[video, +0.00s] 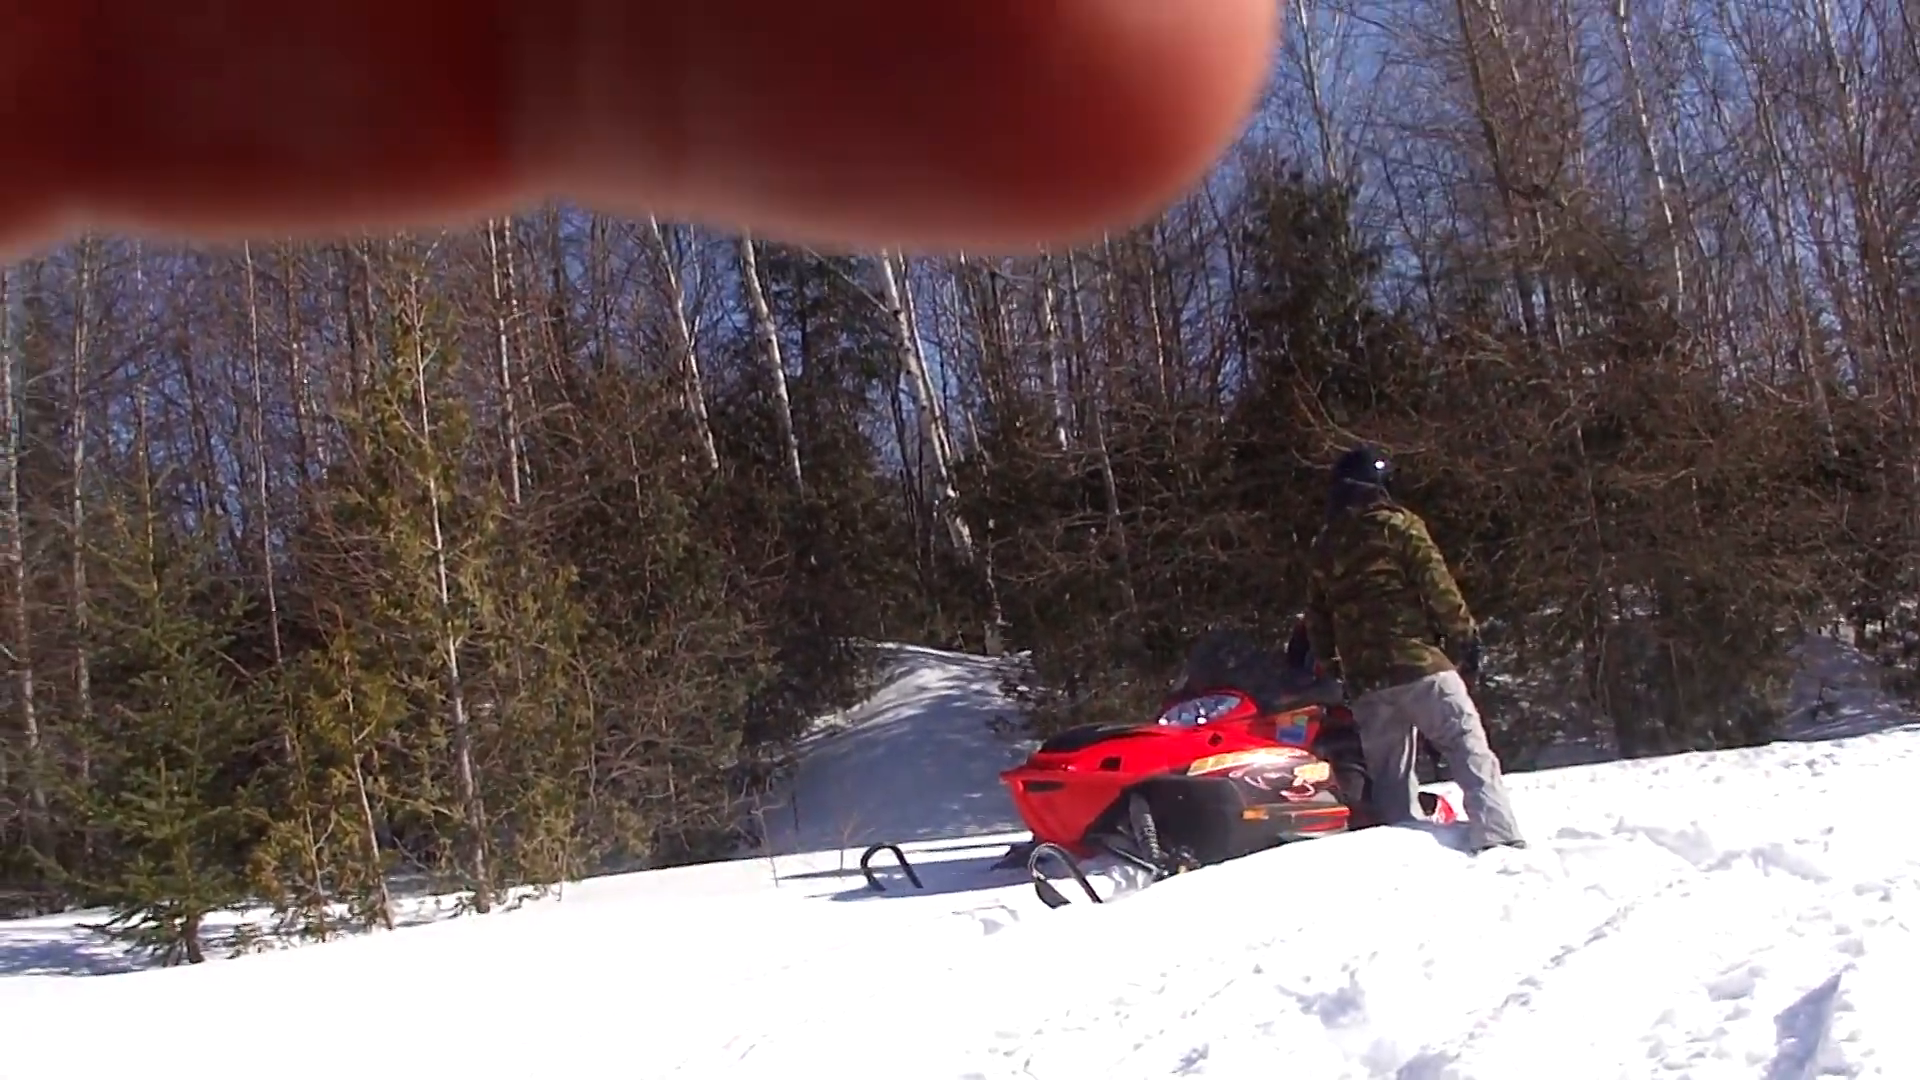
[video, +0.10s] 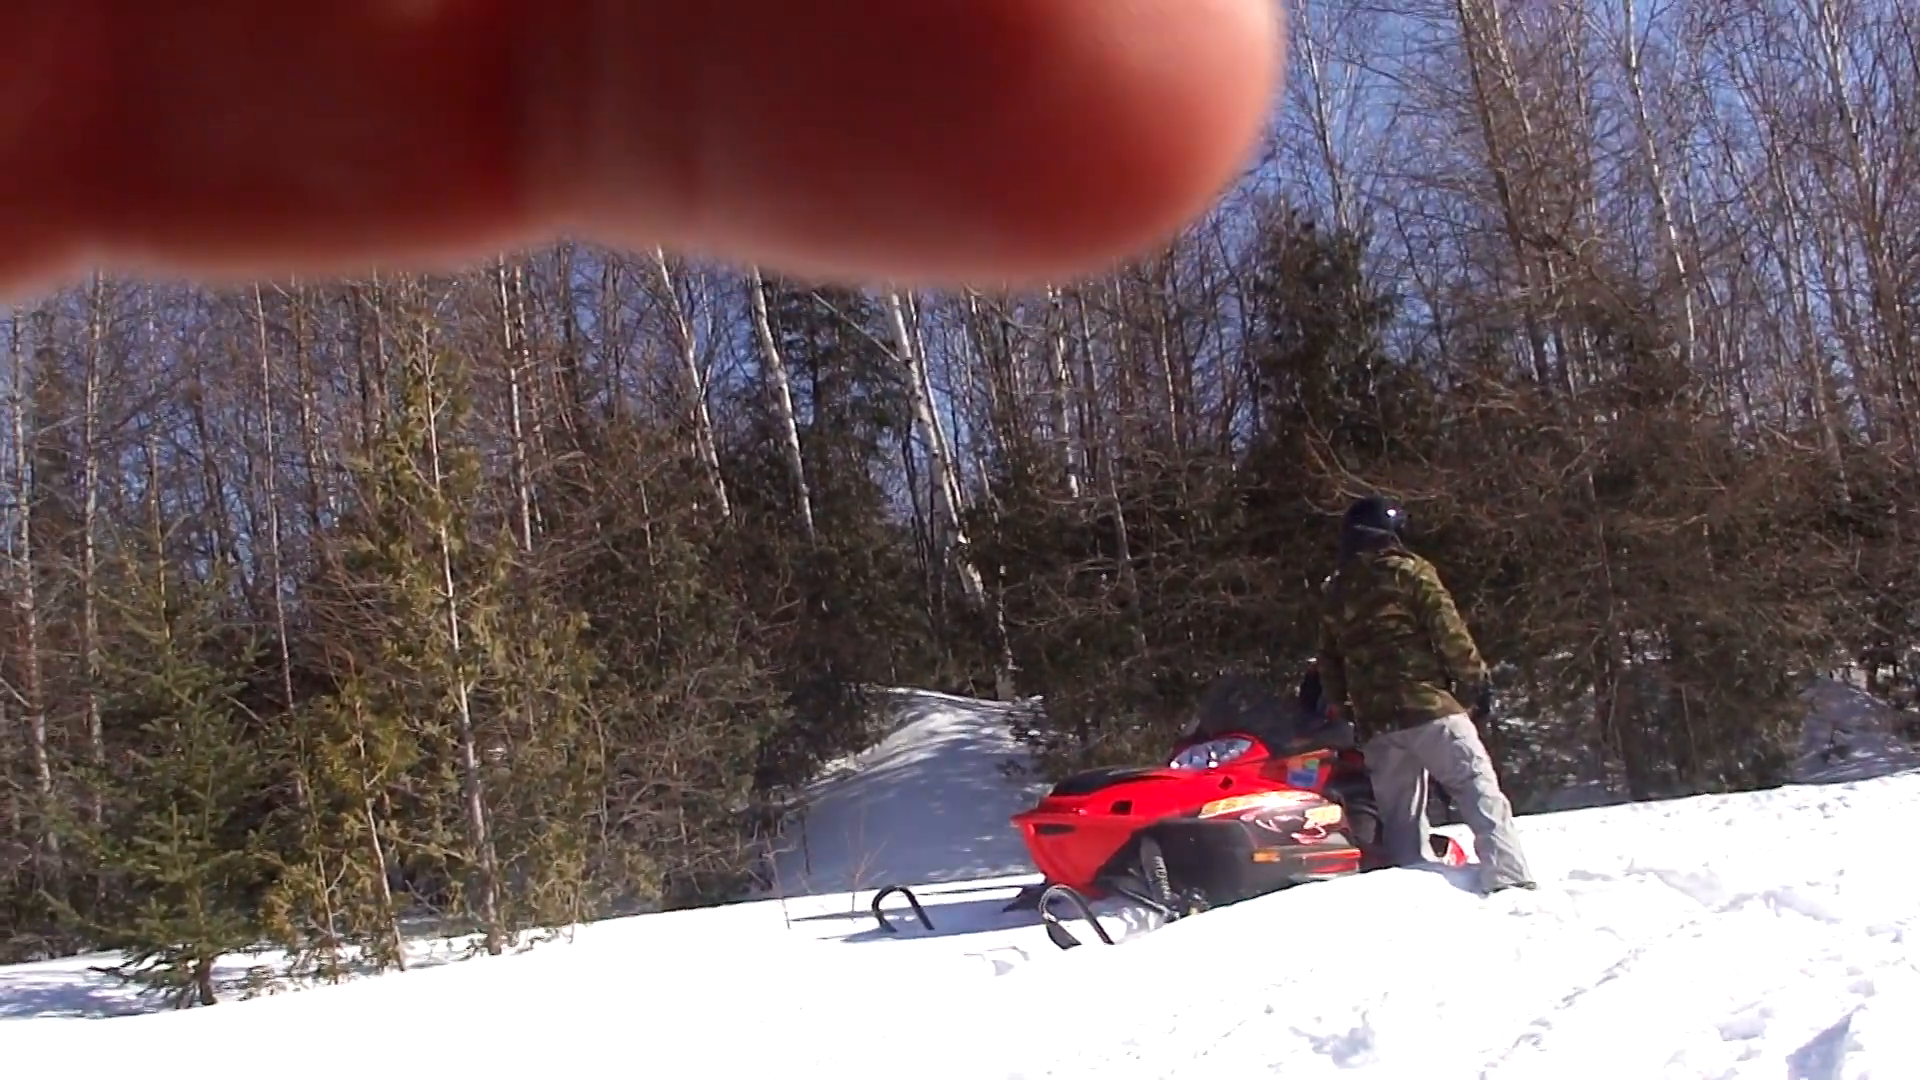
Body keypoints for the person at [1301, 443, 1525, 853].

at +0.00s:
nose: (1389, 485)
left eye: (1385, 479)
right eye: (1385, 479)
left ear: (1340, 488)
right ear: (1379, 482)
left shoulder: (1323, 545)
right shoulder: (1400, 524)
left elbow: (1317, 617)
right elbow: (1437, 586)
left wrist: (1331, 661)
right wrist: (1465, 636)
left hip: (1364, 677)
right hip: (1419, 662)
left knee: (1389, 781)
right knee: (1467, 748)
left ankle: (1400, 859)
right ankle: (1498, 838)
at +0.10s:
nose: (1403, 536)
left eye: (1399, 530)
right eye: (1399, 529)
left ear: (1350, 536)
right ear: (1391, 531)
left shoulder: (1333, 592)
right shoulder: (1411, 570)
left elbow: (1330, 664)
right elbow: (1448, 632)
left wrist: (1346, 707)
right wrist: (1477, 683)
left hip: (1375, 721)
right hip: (1430, 706)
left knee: (1399, 822)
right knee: (1476, 786)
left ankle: (1410, 898)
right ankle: (1508, 877)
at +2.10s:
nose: (1436, 524)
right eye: (1433, 517)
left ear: (1385, 525)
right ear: (1426, 520)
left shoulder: (1371, 576)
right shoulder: (1447, 555)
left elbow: (1361, 645)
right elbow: (1483, 614)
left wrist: (1370, 692)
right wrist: (1509, 667)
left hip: (1407, 703)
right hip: (1463, 691)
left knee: (1433, 802)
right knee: (1507, 770)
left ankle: (1444, 880)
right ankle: (1538, 859)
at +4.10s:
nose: (1440, 515)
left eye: (1437, 508)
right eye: (1436, 508)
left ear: (1389, 515)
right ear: (1427, 510)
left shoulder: (1373, 567)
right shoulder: (1447, 544)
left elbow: (1368, 637)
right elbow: (1496, 613)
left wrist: (1406, 657)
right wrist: (1504, 631)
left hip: (1419, 700)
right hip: (1473, 685)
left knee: (1443, 804)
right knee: (1519, 760)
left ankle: (1451, 880)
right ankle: (1546, 853)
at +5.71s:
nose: (1477, 556)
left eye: (1481, 552)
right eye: (1478, 548)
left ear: (1438, 523)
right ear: (1468, 531)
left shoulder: (1388, 560)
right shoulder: (1450, 545)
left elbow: (1377, 630)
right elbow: (1472, 610)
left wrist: (1393, 684)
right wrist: (1505, 658)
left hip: (1408, 696)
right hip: (1454, 682)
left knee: (1440, 799)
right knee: (1512, 759)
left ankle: (1449, 873)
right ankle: (1547, 854)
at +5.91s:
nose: (1492, 571)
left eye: (1499, 566)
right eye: (1497, 562)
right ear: (1490, 542)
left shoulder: (1413, 554)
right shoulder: (1456, 544)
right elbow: (1471, 608)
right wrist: (1503, 657)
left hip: (1408, 688)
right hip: (1452, 679)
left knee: (1442, 792)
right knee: (1519, 760)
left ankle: (1451, 871)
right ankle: (1547, 857)